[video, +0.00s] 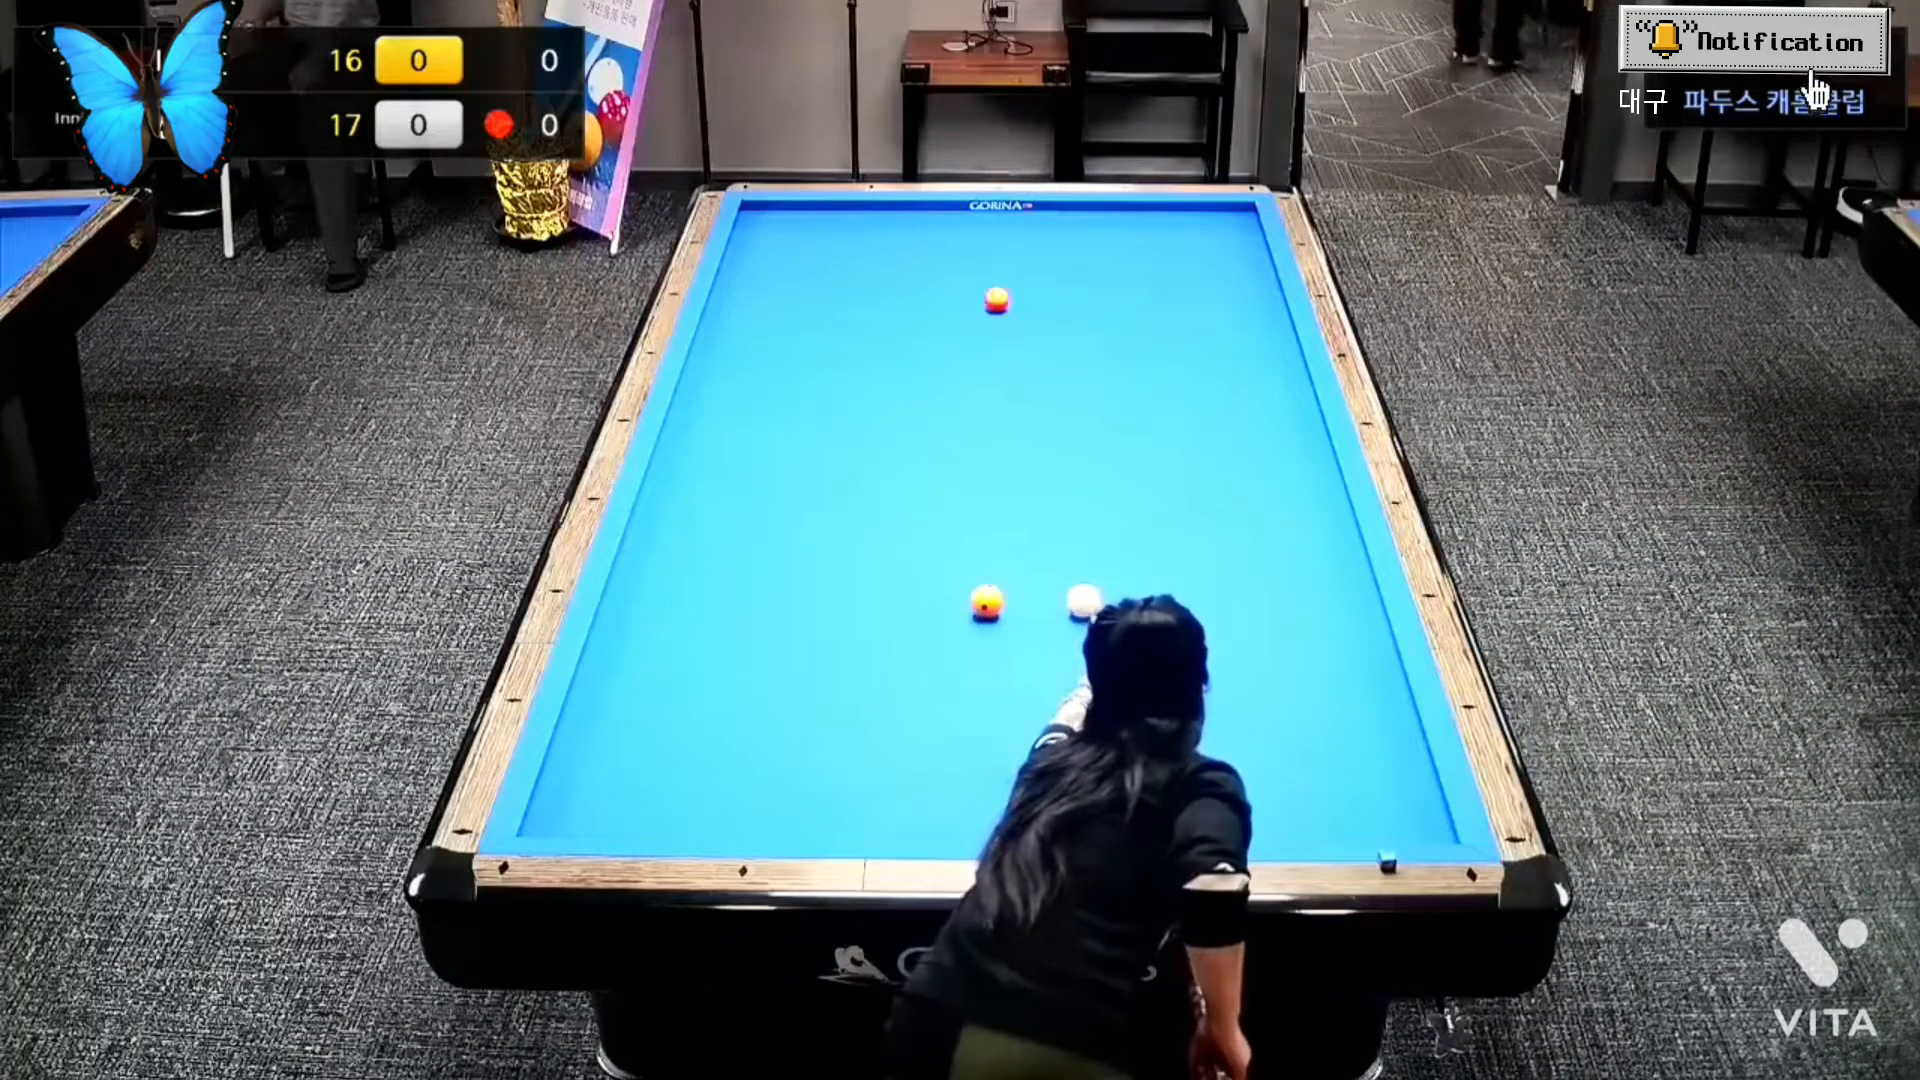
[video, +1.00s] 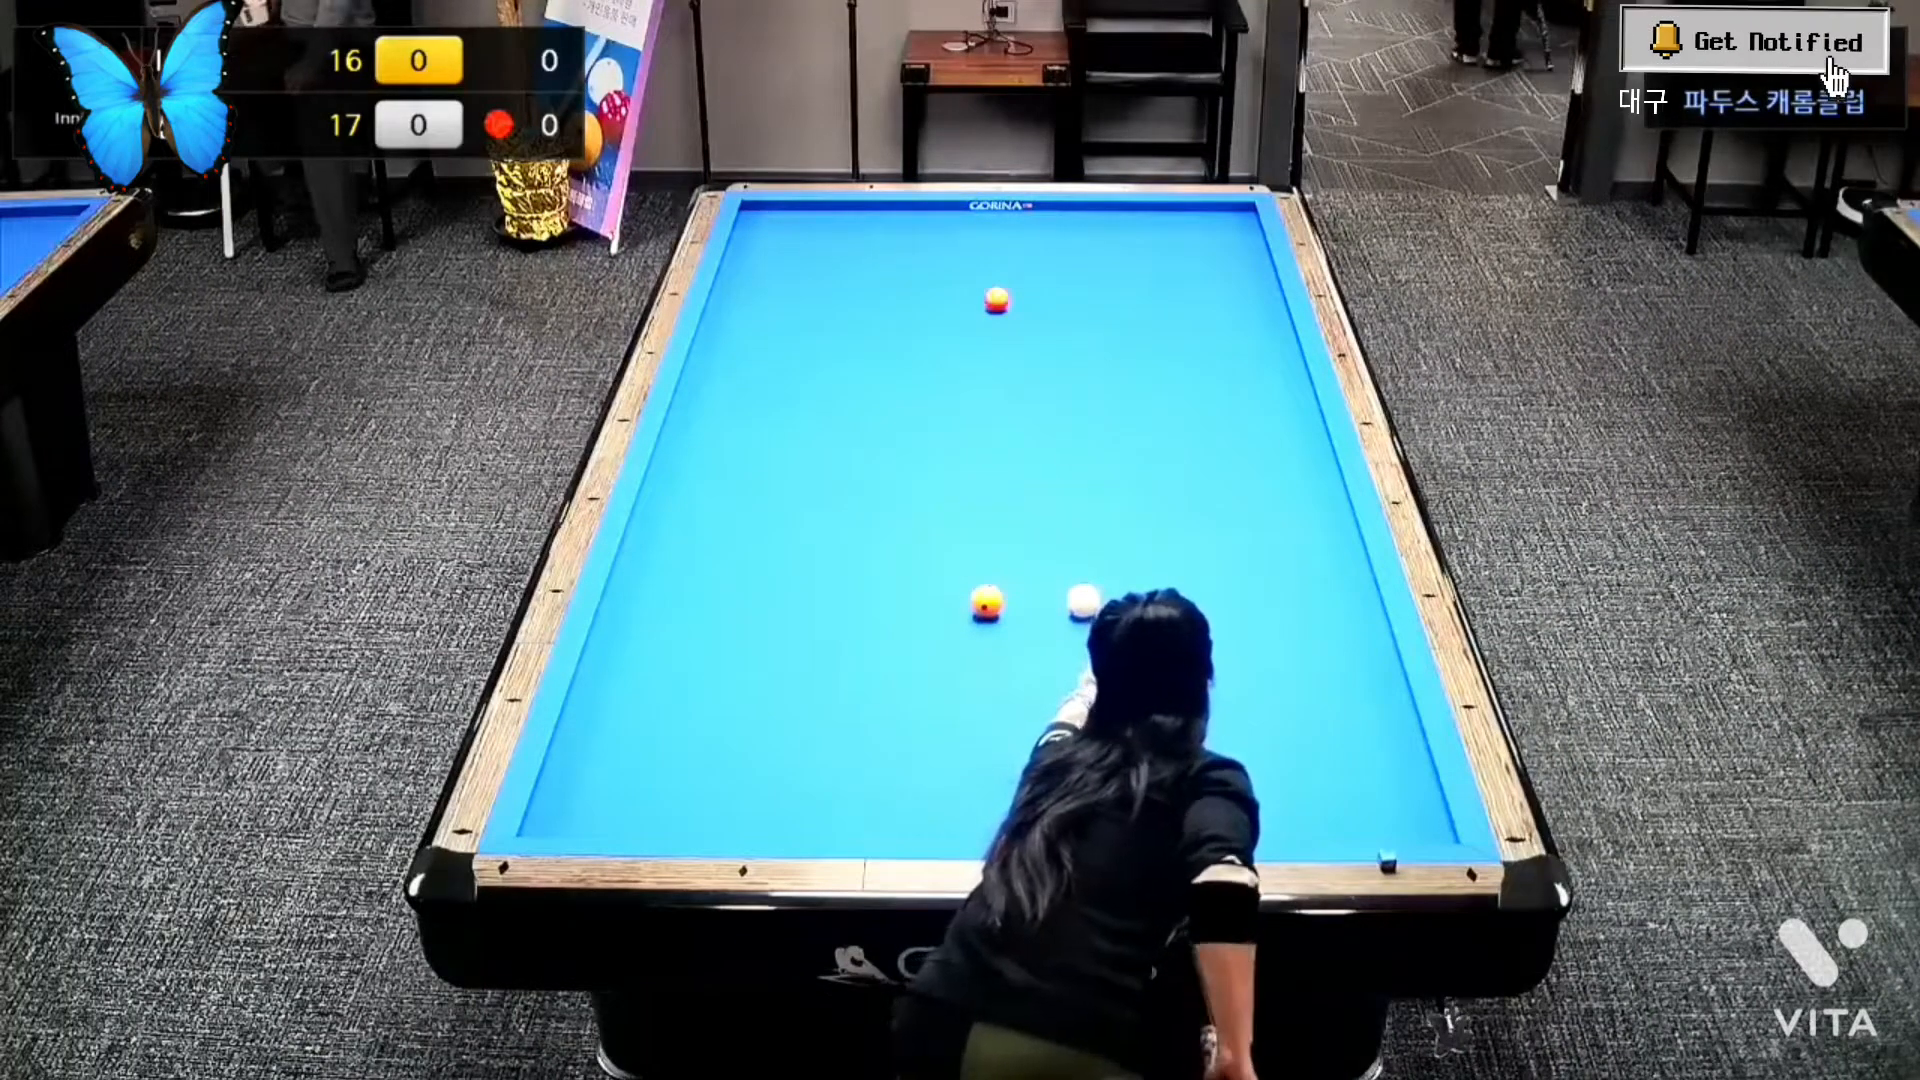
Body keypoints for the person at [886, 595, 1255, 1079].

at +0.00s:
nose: (1209, 681)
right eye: (1204, 671)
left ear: (1099, 687)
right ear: (1195, 684)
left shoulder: (1052, 758)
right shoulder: (1205, 781)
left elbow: (1077, 704)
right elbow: (1212, 889)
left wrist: (1099, 669)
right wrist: (1222, 1024)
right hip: (1083, 1041)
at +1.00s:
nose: (1214, 677)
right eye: (1209, 667)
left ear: (1102, 682)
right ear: (1200, 679)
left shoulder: (1055, 755)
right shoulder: (1212, 776)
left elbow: (1079, 705)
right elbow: (1221, 894)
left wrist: (1097, 673)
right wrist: (1234, 1052)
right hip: (1091, 1038)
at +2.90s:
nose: (1152, 523)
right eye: (1147, 509)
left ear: (1035, 516)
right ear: (1138, 527)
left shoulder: (982, 623)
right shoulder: (1154, 674)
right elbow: (1151, 863)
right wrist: (1178, 906)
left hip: (943, 969)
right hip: (1067, 993)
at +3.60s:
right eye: (1186, 532)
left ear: (1056, 534)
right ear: (1181, 547)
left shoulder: (995, 633)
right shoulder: (1207, 723)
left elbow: (945, 771)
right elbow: (1208, 927)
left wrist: (994, 853)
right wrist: (1229, 958)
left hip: (1003, 1002)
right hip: (1151, 1014)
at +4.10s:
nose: (1212, 565)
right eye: (1209, 551)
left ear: (1078, 557)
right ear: (1200, 574)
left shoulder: (1016, 652)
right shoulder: (1231, 753)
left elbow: (976, 782)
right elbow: (1224, 943)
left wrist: (1035, 854)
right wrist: (1255, 968)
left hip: (1023, 1014)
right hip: (1175, 1028)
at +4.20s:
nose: (1198, 575)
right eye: (1198, 557)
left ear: (1070, 559)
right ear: (1189, 579)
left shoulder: (1003, 658)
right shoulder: (1220, 754)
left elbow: (975, 790)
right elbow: (1215, 938)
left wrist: (1037, 857)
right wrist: (1249, 966)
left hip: (1009, 1017)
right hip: (1165, 1032)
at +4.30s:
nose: (1184, 575)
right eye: (1184, 558)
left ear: (1058, 558)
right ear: (1175, 578)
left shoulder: (986, 661)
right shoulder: (1204, 756)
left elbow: (957, 792)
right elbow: (1200, 943)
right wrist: (1239, 965)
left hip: (992, 1019)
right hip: (1148, 1034)